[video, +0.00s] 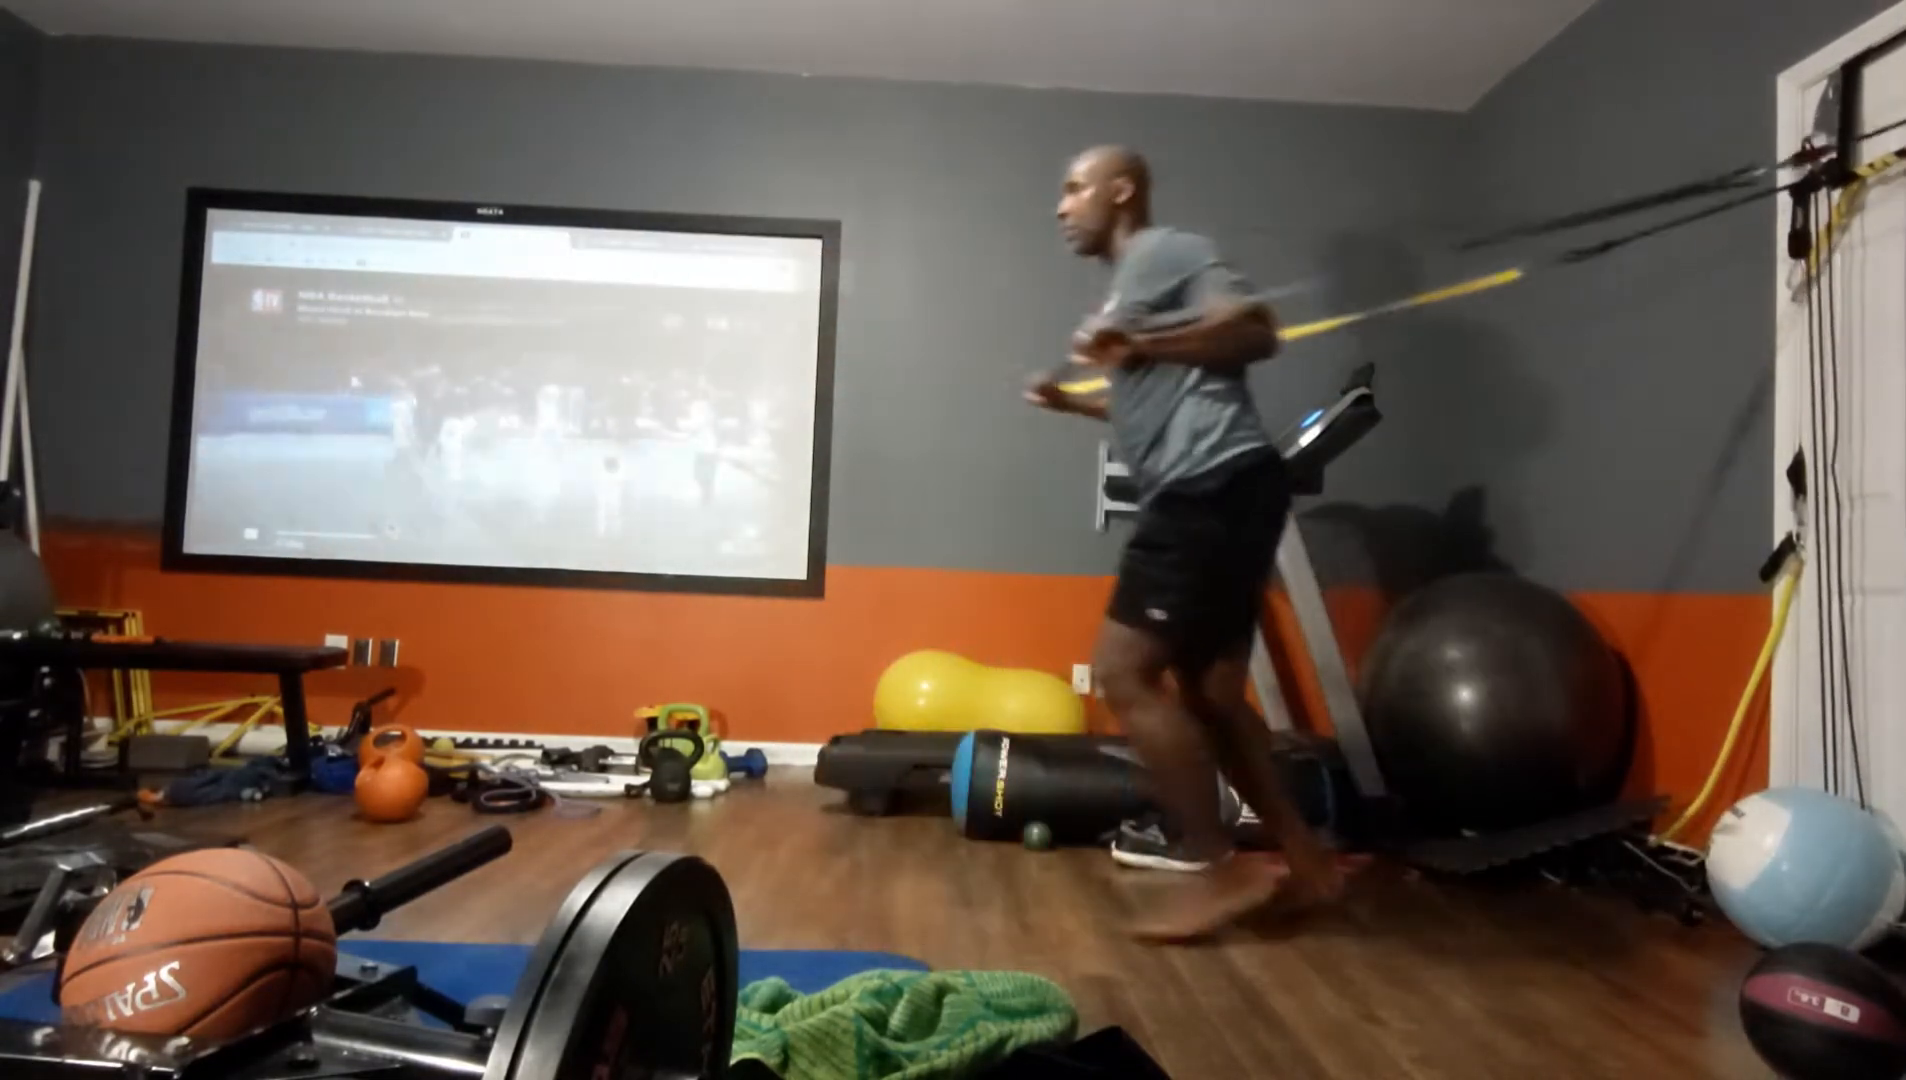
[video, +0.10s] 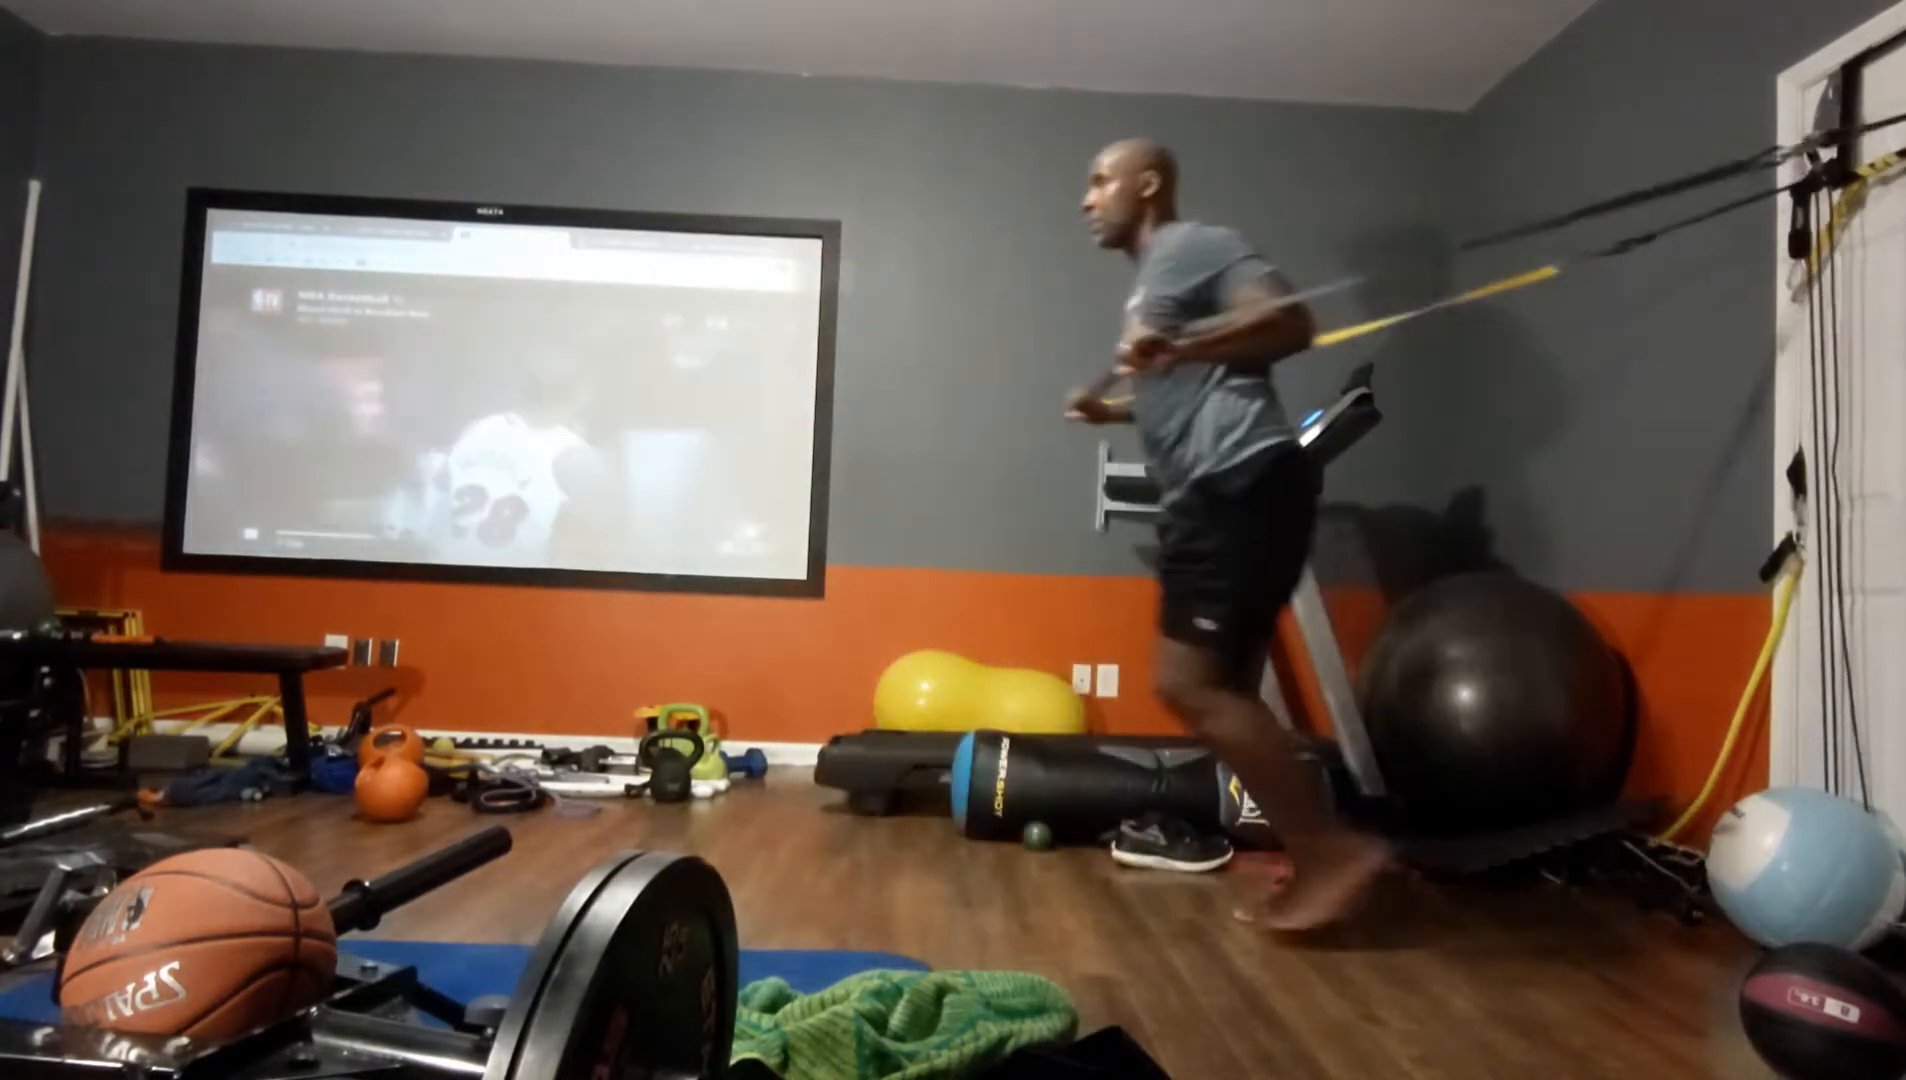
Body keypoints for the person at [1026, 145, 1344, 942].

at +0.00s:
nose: (1060, 207)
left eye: (1074, 190)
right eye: (1061, 194)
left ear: (1123, 193)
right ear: (1115, 198)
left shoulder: (1165, 250)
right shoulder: (1123, 291)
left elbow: (1254, 329)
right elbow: (1150, 409)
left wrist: (1140, 346)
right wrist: (1070, 401)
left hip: (1212, 482)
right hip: (1219, 485)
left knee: (1123, 674)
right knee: (1213, 694)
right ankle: (1304, 859)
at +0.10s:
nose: (1087, 199)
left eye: (1100, 181)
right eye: (1088, 185)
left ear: (1149, 187)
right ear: (1133, 195)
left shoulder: (1193, 244)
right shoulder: (1150, 283)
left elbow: (1287, 320)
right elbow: (1186, 393)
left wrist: (1181, 347)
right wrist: (1113, 406)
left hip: (1245, 477)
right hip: (1221, 483)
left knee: (1185, 681)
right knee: (1225, 690)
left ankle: (1332, 852)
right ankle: (1312, 858)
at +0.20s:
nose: (1109, 197)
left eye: (1124, 181)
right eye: (1110, 184)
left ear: (1174, 189)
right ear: (1158, 193)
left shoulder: (1218, 246)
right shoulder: (1169, 285)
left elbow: (1319, 321)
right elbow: (1202, 393)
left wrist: (1216, 352)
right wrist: (1139, 406)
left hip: (1274, 487)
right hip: (1225, 496)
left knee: (1253, 690)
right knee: (1239, 691)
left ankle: (1423, 845)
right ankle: (1313, 874)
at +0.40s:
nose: (1146, 200)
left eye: (1162, 183)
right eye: (1147, 186)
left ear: (1214, 189)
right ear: (1197, 194)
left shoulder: (1266, 251)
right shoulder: (1207, 290)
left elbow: (1359, 337)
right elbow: (1241, 398)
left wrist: (1252, 366)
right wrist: (1162, 410)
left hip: (1340, 501)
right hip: (1265, 515)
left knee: (1369, 695)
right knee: (1247, 690)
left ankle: (1492, 883)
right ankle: (1316, 879)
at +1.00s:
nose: (1094, 212)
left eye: (1106, 195)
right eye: (1093, 199)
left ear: (1156, 197)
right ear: (1139, 206)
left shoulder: (1215, 256)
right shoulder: (1154, 296)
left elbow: (1316, 335)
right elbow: (1202, 392)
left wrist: (1203, 370)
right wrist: (1133, 400)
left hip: (1287, 514)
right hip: (1212, 531)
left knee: (1339, 711)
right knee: (1183, 698)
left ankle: (1495, 879)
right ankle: (1310, 868)